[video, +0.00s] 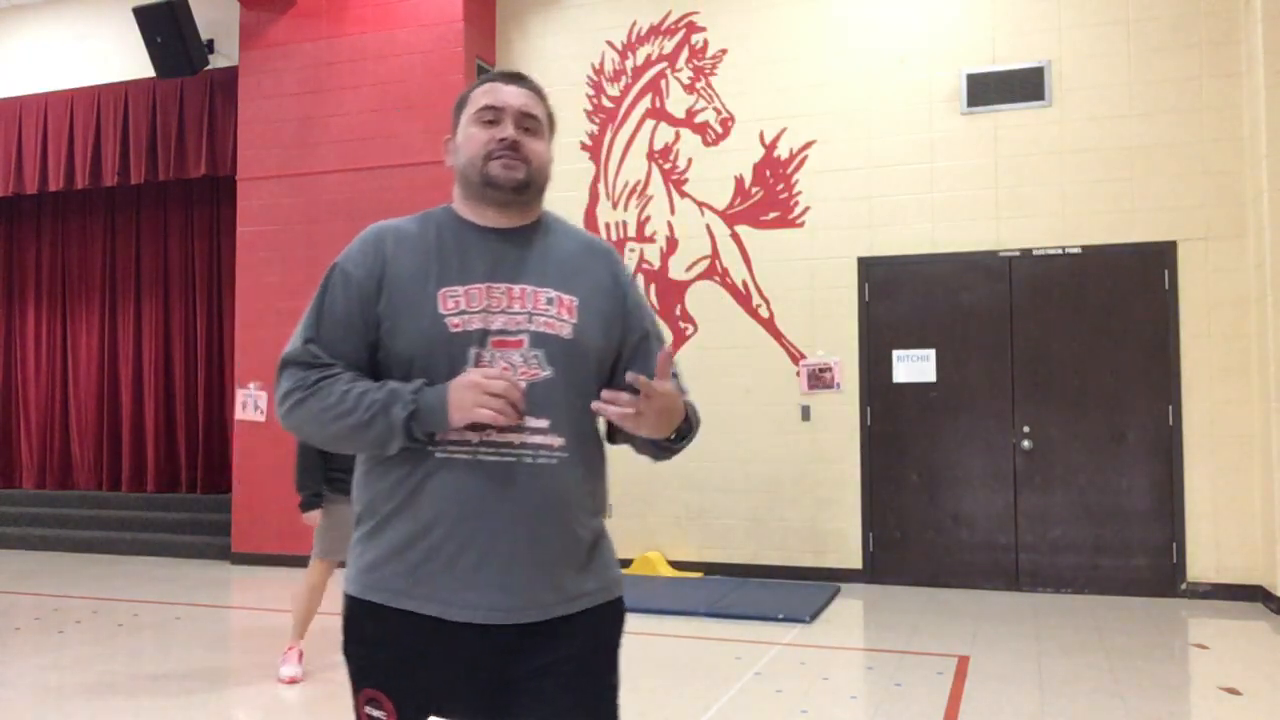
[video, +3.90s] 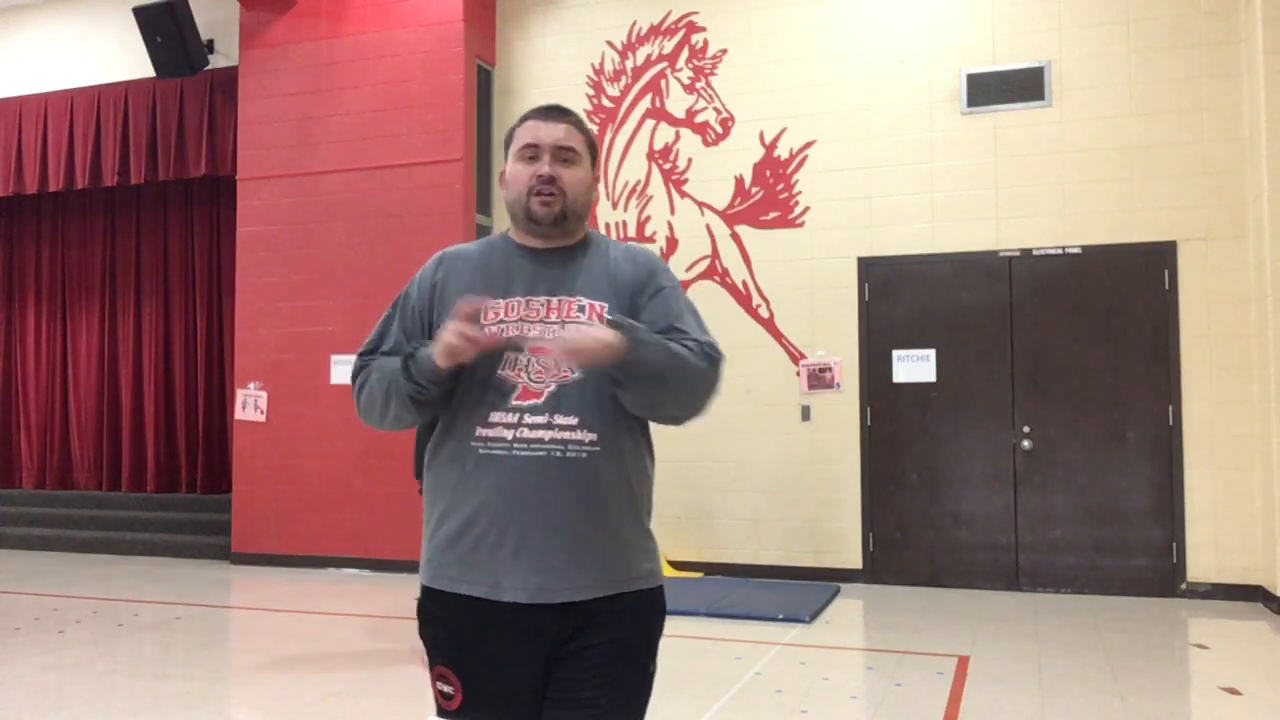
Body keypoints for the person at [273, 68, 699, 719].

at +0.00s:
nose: (509, 132)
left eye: (529, 124)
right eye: (488, 118)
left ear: (552, 154)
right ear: (450, 145)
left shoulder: (597, 266)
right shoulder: (384, 253)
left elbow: (656, 410)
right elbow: (301, 390)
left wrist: (672, 422)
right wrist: (430, 405)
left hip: (565, 608)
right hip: (408, 606)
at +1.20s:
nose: (585, 139)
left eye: (603, 128)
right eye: (563, 126)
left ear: (624, 156)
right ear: (523, 156)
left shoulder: (673, 274)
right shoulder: (461, 257)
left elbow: (714, 417)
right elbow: (361, 398)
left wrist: (756, 378)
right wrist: (418, 318)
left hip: (643, 612)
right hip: (491, 607)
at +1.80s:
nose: (530, 170)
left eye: (543, 156)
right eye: (507, 158)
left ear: (562, 174)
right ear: (473, 189)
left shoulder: (623, 279)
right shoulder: (432, 283)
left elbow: (693, 411)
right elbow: (364, 414)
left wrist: (652, 359)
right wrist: (428, 360)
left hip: (592, 590)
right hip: (456, 590)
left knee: (581, 710)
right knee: (464, 710)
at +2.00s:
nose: (516, 175)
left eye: (529, 161)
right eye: (494, 165)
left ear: (553, 181)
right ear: (465, 195)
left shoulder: (613, 273)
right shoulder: (427, 287)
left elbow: (671, 383)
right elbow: (360, 404)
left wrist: (576, 324)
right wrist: (419, 393)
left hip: (583, 581)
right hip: (449, 582)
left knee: (568, 711)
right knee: (456, 713)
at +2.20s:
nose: (503, 182)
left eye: (520, 169)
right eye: (485, 171)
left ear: (548, 186)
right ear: (463, 195)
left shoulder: (601, 271)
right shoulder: (424, 289)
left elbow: (629, 372)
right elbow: (366, 403)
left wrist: (510, 335)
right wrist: (437, 394)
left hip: (573, 573)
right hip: (442, 574)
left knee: (562, 711)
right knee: (450, 714)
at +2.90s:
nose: (520, 182)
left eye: (533, 172)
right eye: (500, 170)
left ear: (549, 193)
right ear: (464, 194)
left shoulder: (598, 280)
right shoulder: (415, 292)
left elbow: (666, 374)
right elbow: (342, 399)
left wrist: (573, 373)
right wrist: (419, 395)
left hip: (577, 580)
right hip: (446, 582)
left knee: (568, 711)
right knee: (452, 714)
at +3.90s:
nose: (545, 169)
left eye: (565, 157)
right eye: (529, 155)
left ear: (594, 181)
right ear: (503, 179)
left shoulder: (637, 273)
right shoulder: (449, 273)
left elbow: (694, 383)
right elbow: (373, 395)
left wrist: (623, 351)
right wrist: (435, 358)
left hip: (608, 590)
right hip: (472, 589)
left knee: (600, 709)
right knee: (481, 710)